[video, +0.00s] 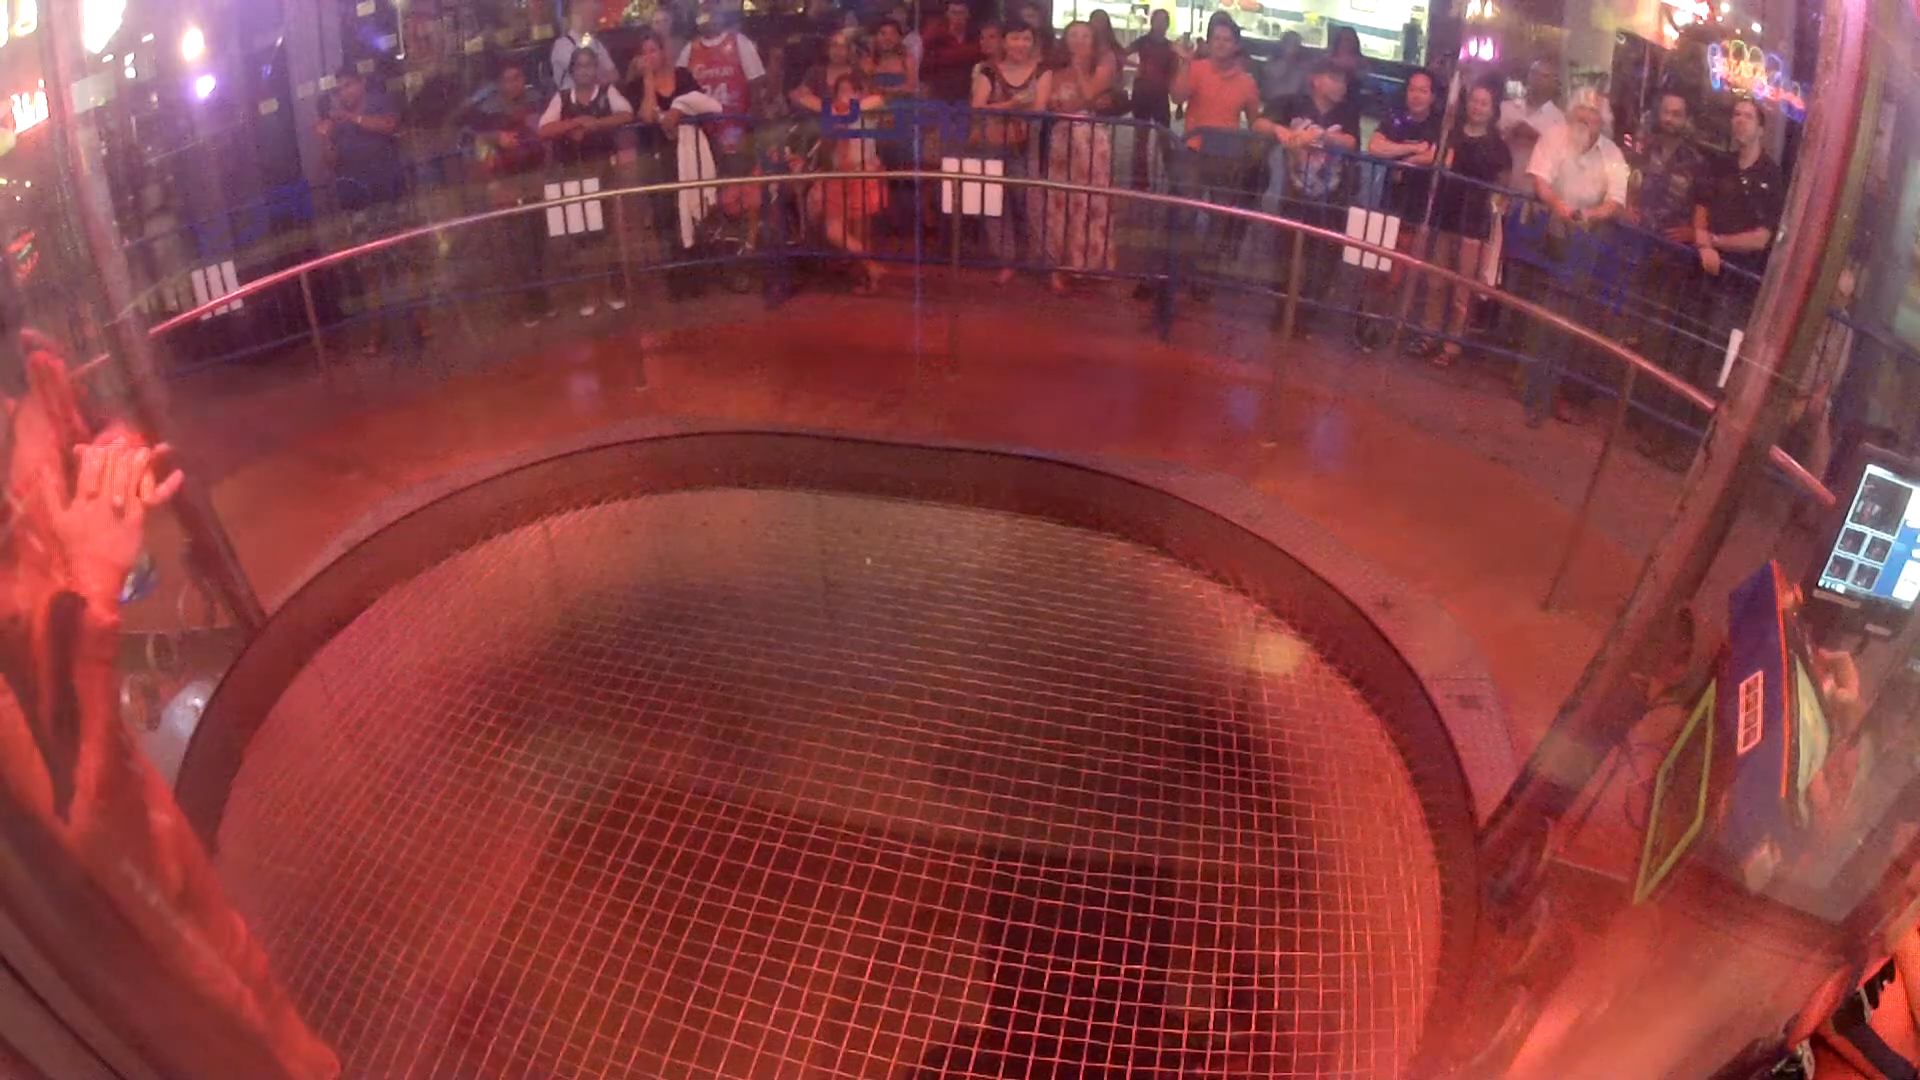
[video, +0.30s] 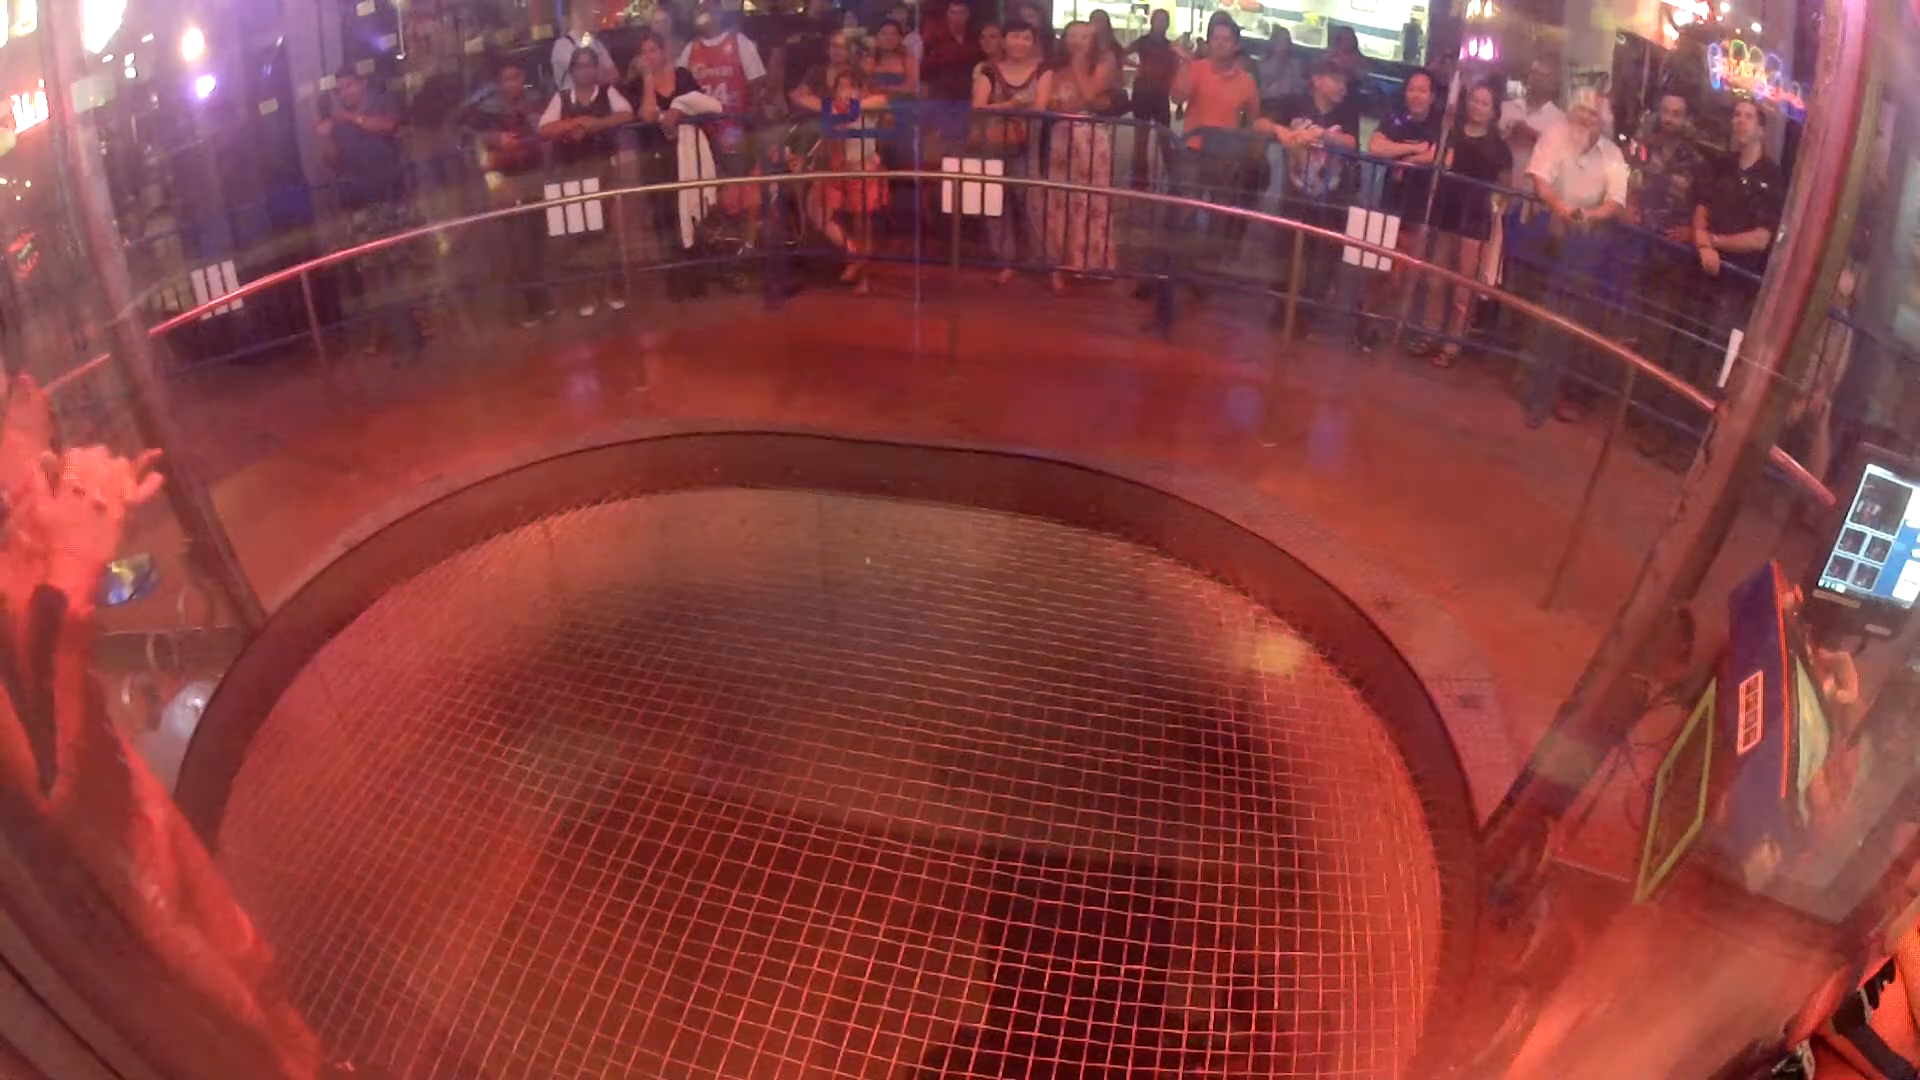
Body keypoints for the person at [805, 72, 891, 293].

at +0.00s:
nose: (843, 96)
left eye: (848, 91)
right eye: (840, 91)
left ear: (858, 92)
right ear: (834, 93)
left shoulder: (863, 108)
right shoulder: (830, 109)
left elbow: (879, 100)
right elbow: (797, 95)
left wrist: (853, 107)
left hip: (864, 175)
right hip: (839, 175)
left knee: (860, 230)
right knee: (834, 230)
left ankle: (865, 275)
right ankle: (871, 266)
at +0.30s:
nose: (844, 92)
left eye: (849, 87)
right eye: (840, 87)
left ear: (858, 89)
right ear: (834, 90)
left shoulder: (865, 106)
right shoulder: (831, 107)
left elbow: (882, 100)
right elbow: (798, 97)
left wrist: (855, 105)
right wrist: (827, 106)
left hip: (863, 171)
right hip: (834, 170)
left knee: (861, 224)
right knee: (817, 212)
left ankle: (863, 275)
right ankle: (851, 250)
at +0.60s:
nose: (835, 51)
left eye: (841, 47)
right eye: (832, 46)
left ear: (851, 51)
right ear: (827, 49)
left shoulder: (860, 78)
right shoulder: (819, 74)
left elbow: (880, 103)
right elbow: (798, 95)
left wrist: (856, 98)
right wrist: (829, 107)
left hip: (856, 156)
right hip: (828, 156)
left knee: (859, 220)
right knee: (828, 220)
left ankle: (862, 275)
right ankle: (823, 274)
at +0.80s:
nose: (837, 51)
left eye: (842, 47)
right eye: (834, 46)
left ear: (850, 50)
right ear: (827, 48)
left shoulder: (855, 76)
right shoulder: (817, 73)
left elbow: (863, 112)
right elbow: (797, 96)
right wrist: (829, 105)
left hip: (850, 146)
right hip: (823, 146)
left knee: (852, 211)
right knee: (822, 212)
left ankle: (861, 274)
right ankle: (822, 272)